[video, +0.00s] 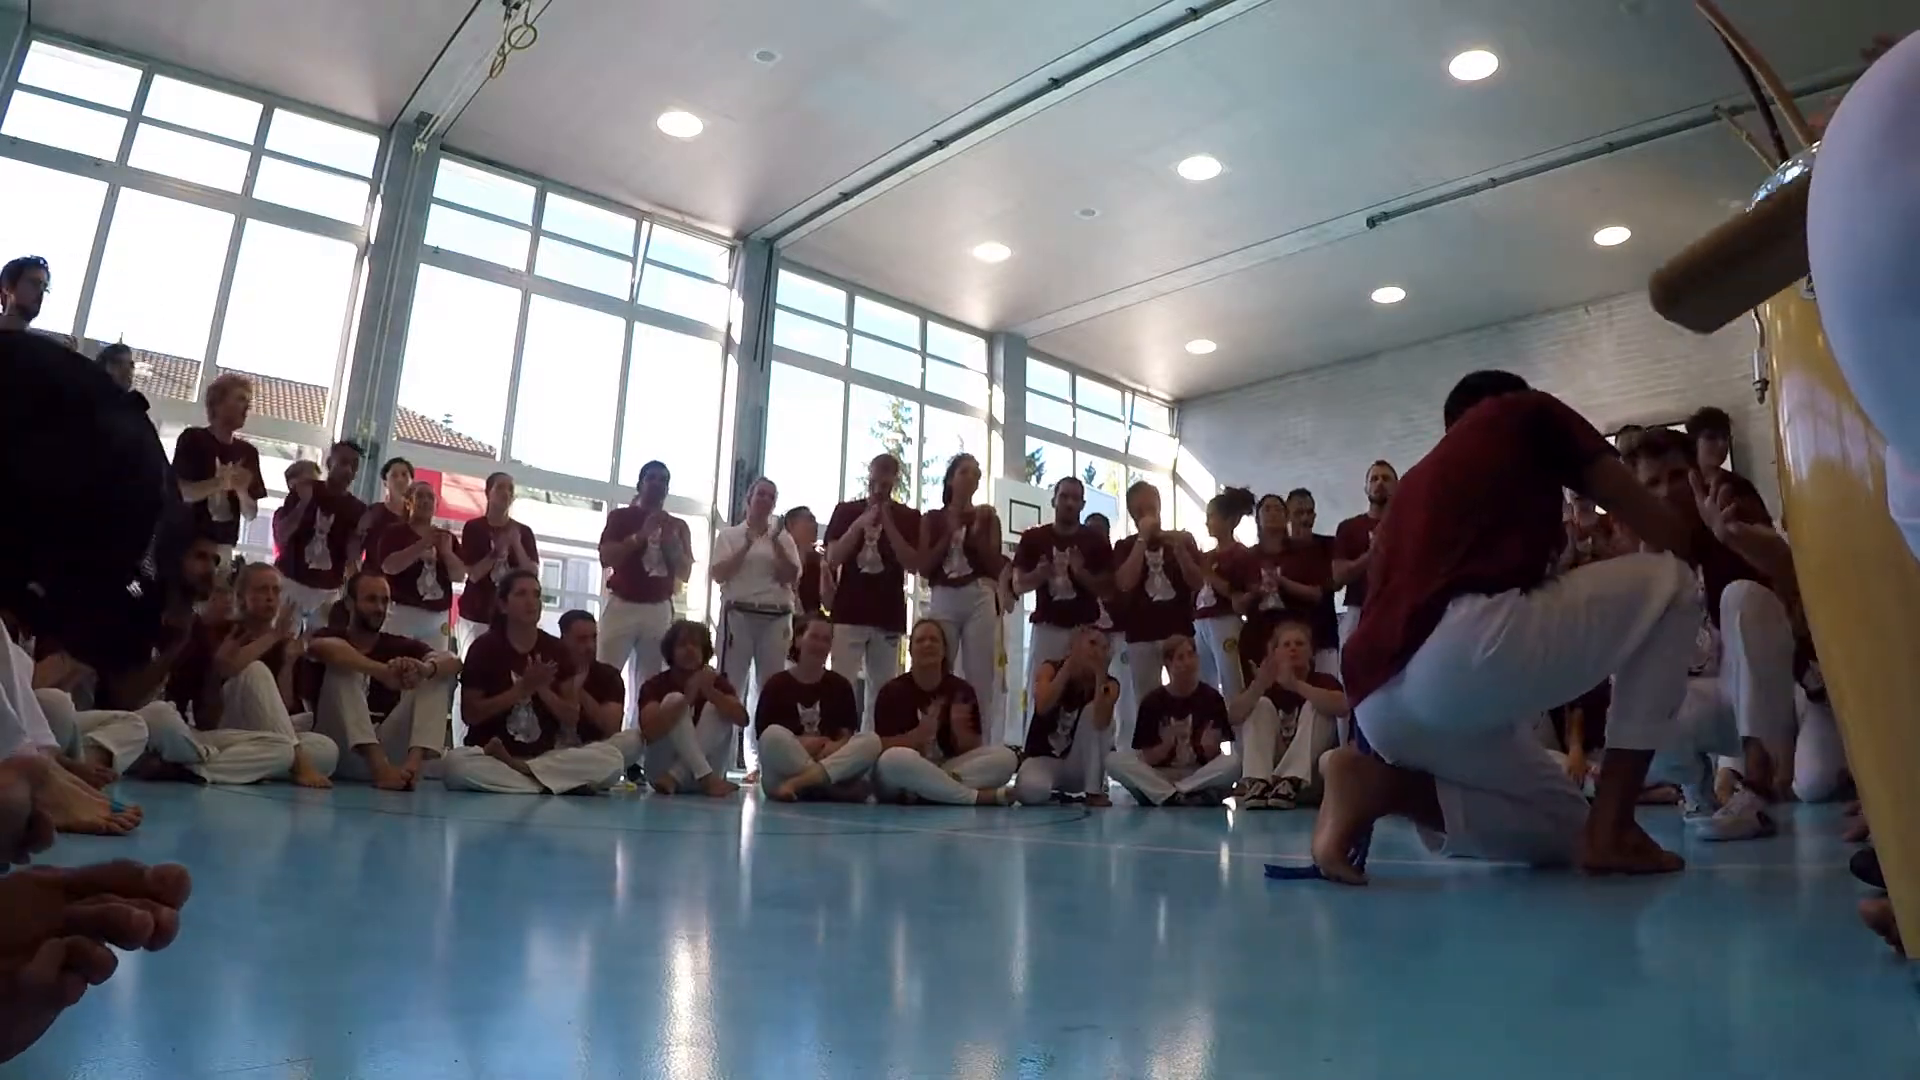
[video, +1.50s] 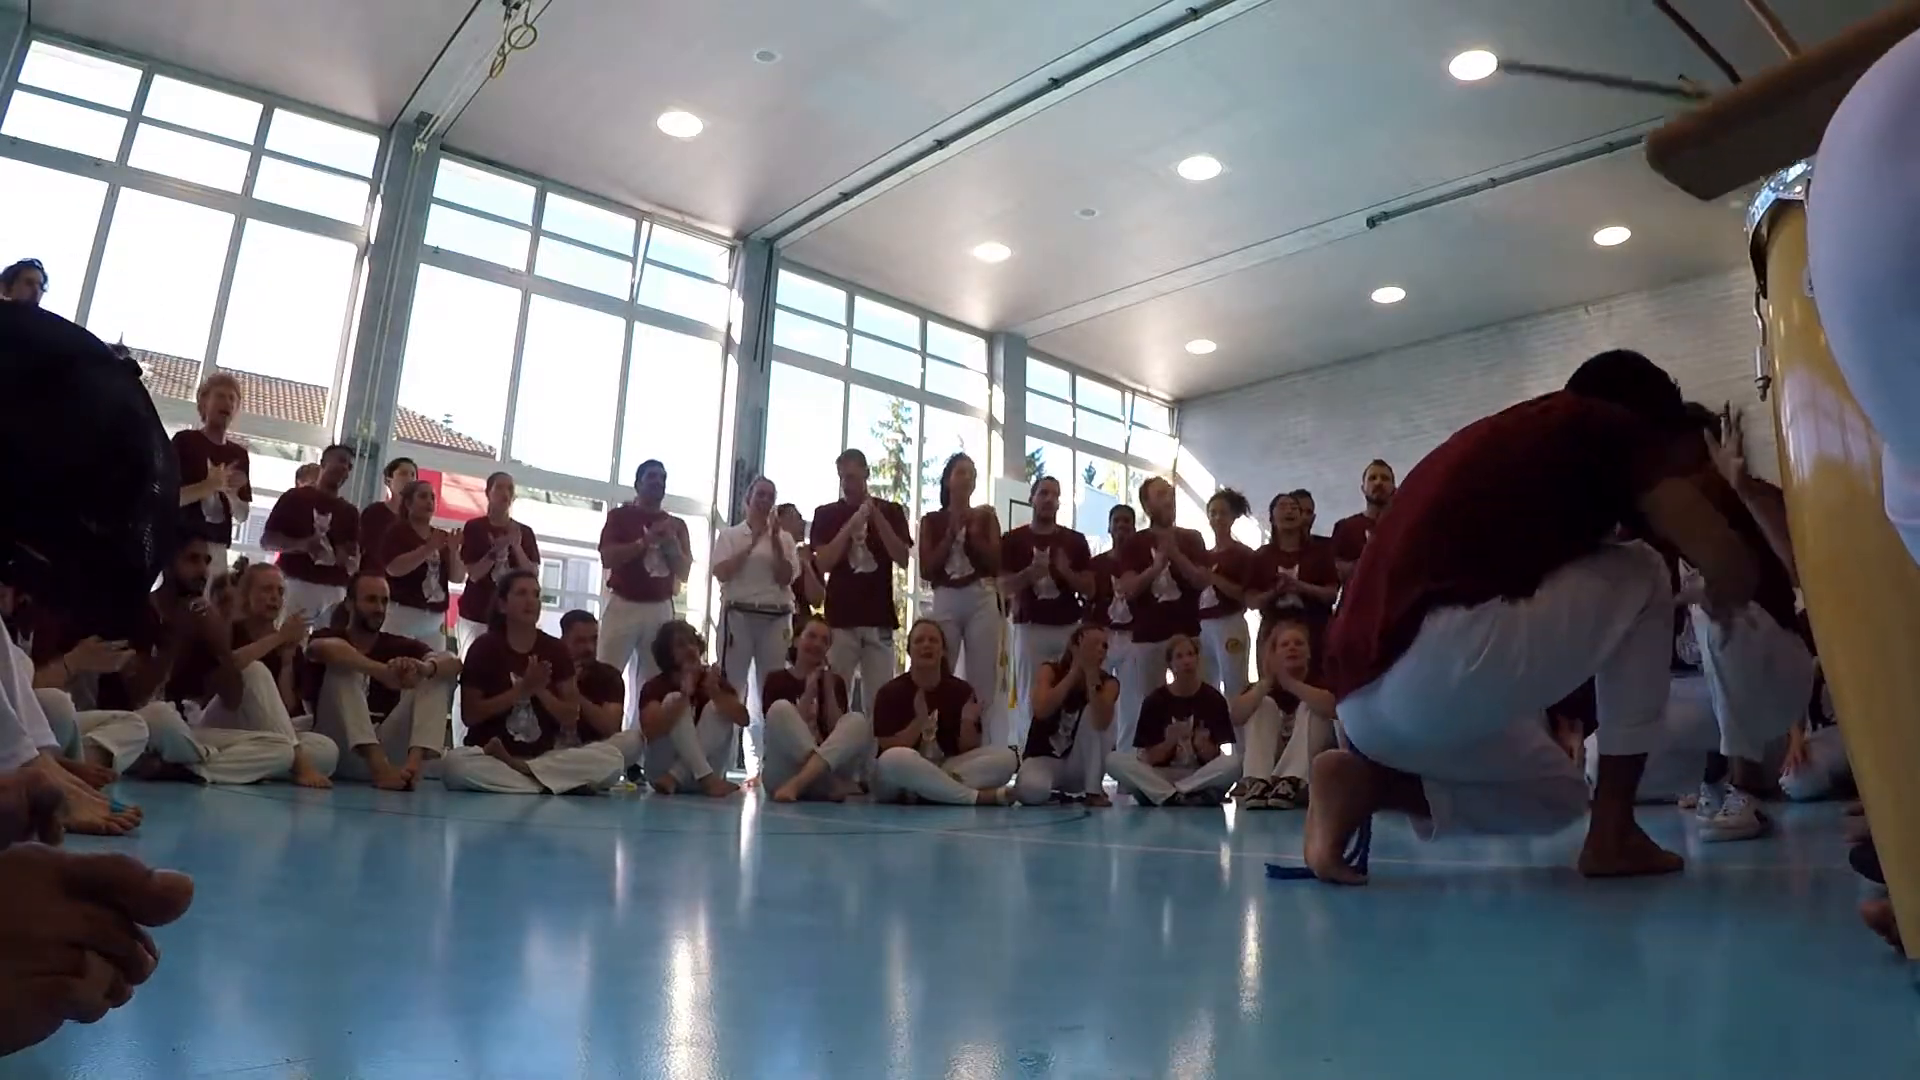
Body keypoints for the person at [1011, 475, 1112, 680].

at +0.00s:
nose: (1070, 503)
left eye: (1076, 498)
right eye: (1064, 497)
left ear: (1083, 505)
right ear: (1054, 501)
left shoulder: (1096, 539)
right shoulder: (1033, 538)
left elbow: (1107, 588)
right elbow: (1018, 585)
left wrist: (1080, 572)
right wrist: (1040, 575)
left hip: (1086, 631)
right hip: (1047, 629)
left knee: (1083, 701)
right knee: (1040, 700)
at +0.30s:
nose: (1070, 500)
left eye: (1076, 496)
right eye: (1065, 494)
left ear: (1084, 504)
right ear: (1055, 500)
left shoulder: (1098, 540)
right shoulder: (1035, 538)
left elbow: (1110, 589)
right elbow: (1020, 584)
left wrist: (1081, 574)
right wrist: (1043, 571)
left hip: (1088, 629)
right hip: (1049, 629)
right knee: (1039, 698)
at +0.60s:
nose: (1069, 498)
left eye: (1075, 494)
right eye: (1063, 492)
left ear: (1083, 503)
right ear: (1054, 499)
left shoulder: (1097, 539)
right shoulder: (1034, 537)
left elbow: (1109, 588)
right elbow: (1021, 585)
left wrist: (1070, 572)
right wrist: (1051, 567)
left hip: (1085, 630)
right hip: (1046, 628)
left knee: (1081, 700)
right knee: (1039, 698)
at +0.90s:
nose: (1065, 498)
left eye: (1072, 494)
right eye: (1061, 492)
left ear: (1079, 500)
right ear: (1051, 497)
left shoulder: (1095, 540)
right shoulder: (1030, 537)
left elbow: (1104, 590)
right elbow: (1014, 587)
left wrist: (1079, 568)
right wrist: (1031, 572)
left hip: (1083, 631)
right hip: (1043, 629)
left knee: (1080, 702)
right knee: (1037, 698)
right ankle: (1035, 761)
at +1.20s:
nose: (1057, 497)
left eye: (1064, 493)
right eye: (1052, 492)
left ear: (1072, 499)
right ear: (1043, 497)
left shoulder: (1087, 539)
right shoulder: (1023, 538)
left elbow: (1100, 589)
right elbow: (1010, 585)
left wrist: (1071, 568)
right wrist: (1032, 570)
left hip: (1078, 630)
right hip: (1039, 628)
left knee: (1077, 700)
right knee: (1035, 698)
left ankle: (1074, 765)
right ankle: (1033, 762)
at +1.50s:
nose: (1050, 499)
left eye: (1055, 495)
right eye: (1044, 493)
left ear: (1059, 500)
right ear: (1032, 498)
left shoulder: (1075, 540)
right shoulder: (1013, 539)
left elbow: (1089, 588)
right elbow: (1004, 586)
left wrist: (1063, 570)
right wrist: (1033, 572)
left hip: (1068, 629)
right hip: (1029, 628)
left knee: (1069, 700)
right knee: (1029, 701)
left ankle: (1067, 764)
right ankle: (1028, 763)